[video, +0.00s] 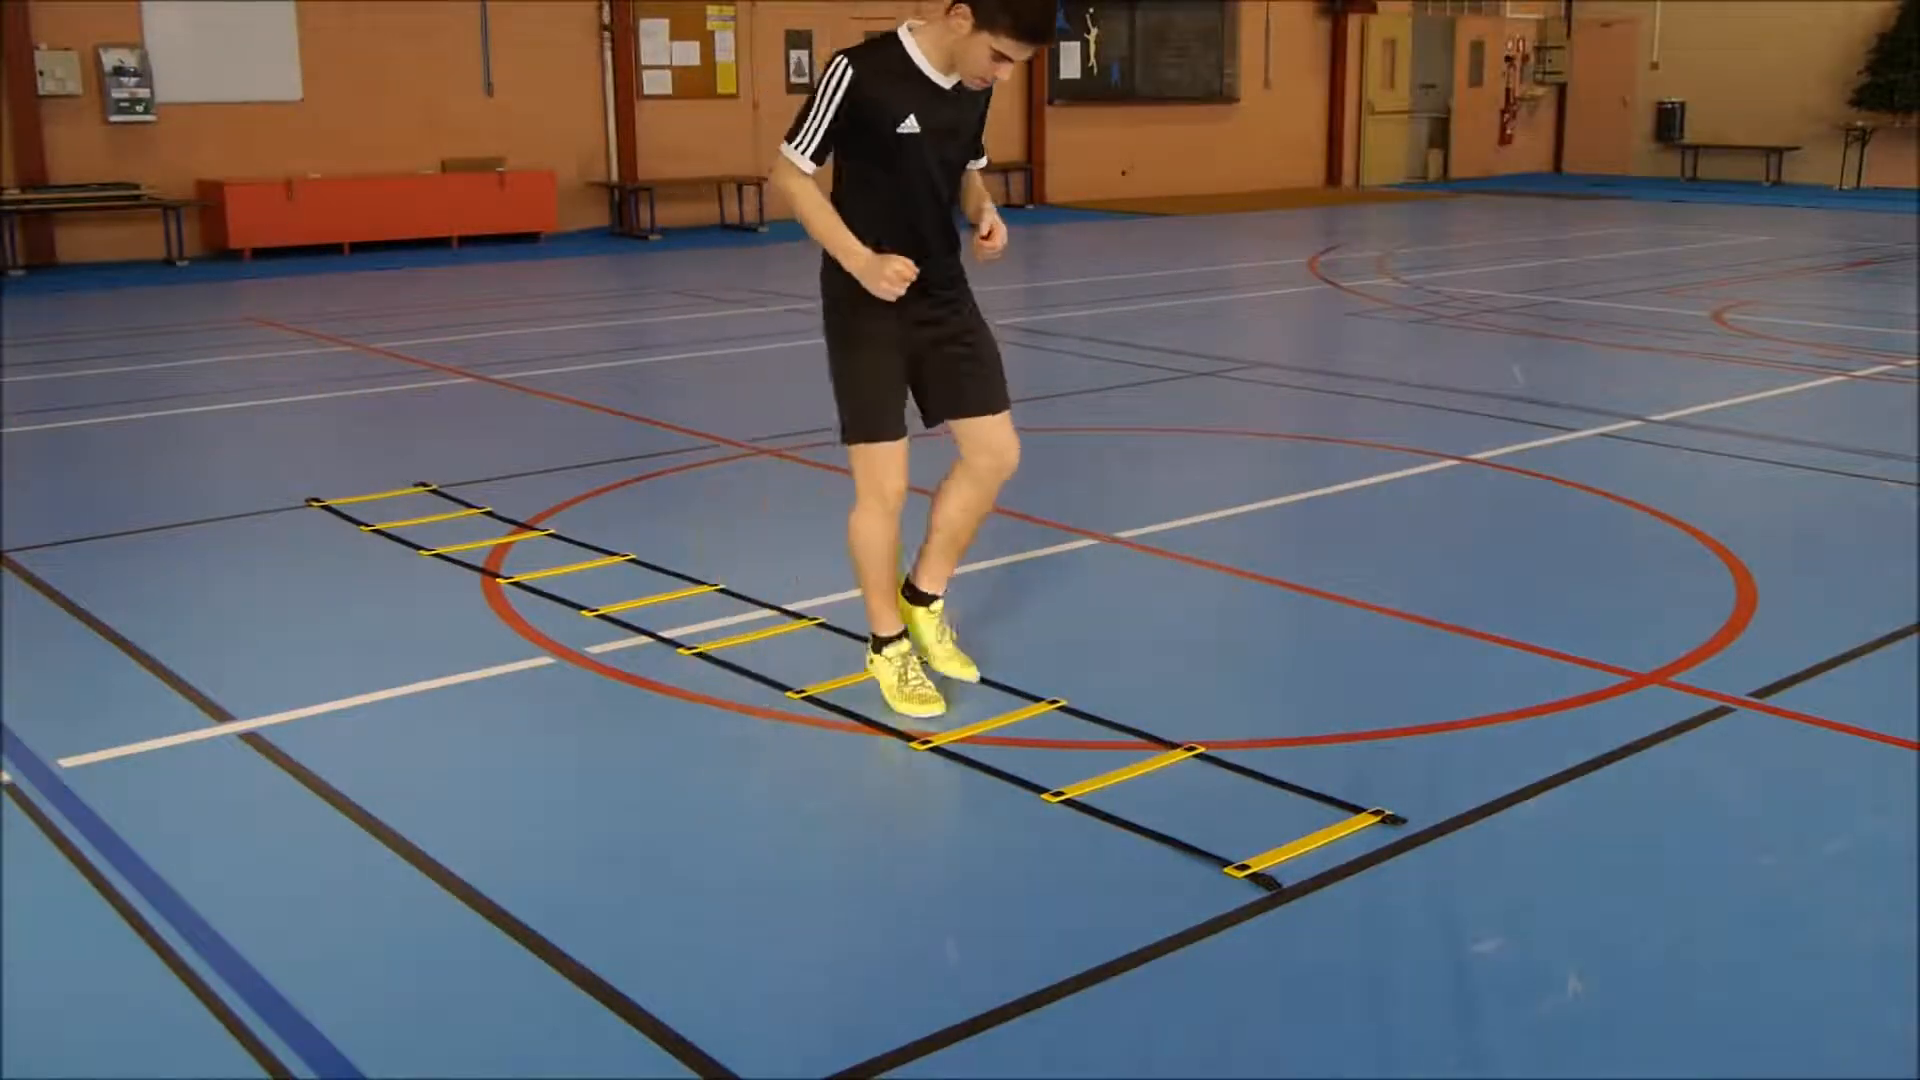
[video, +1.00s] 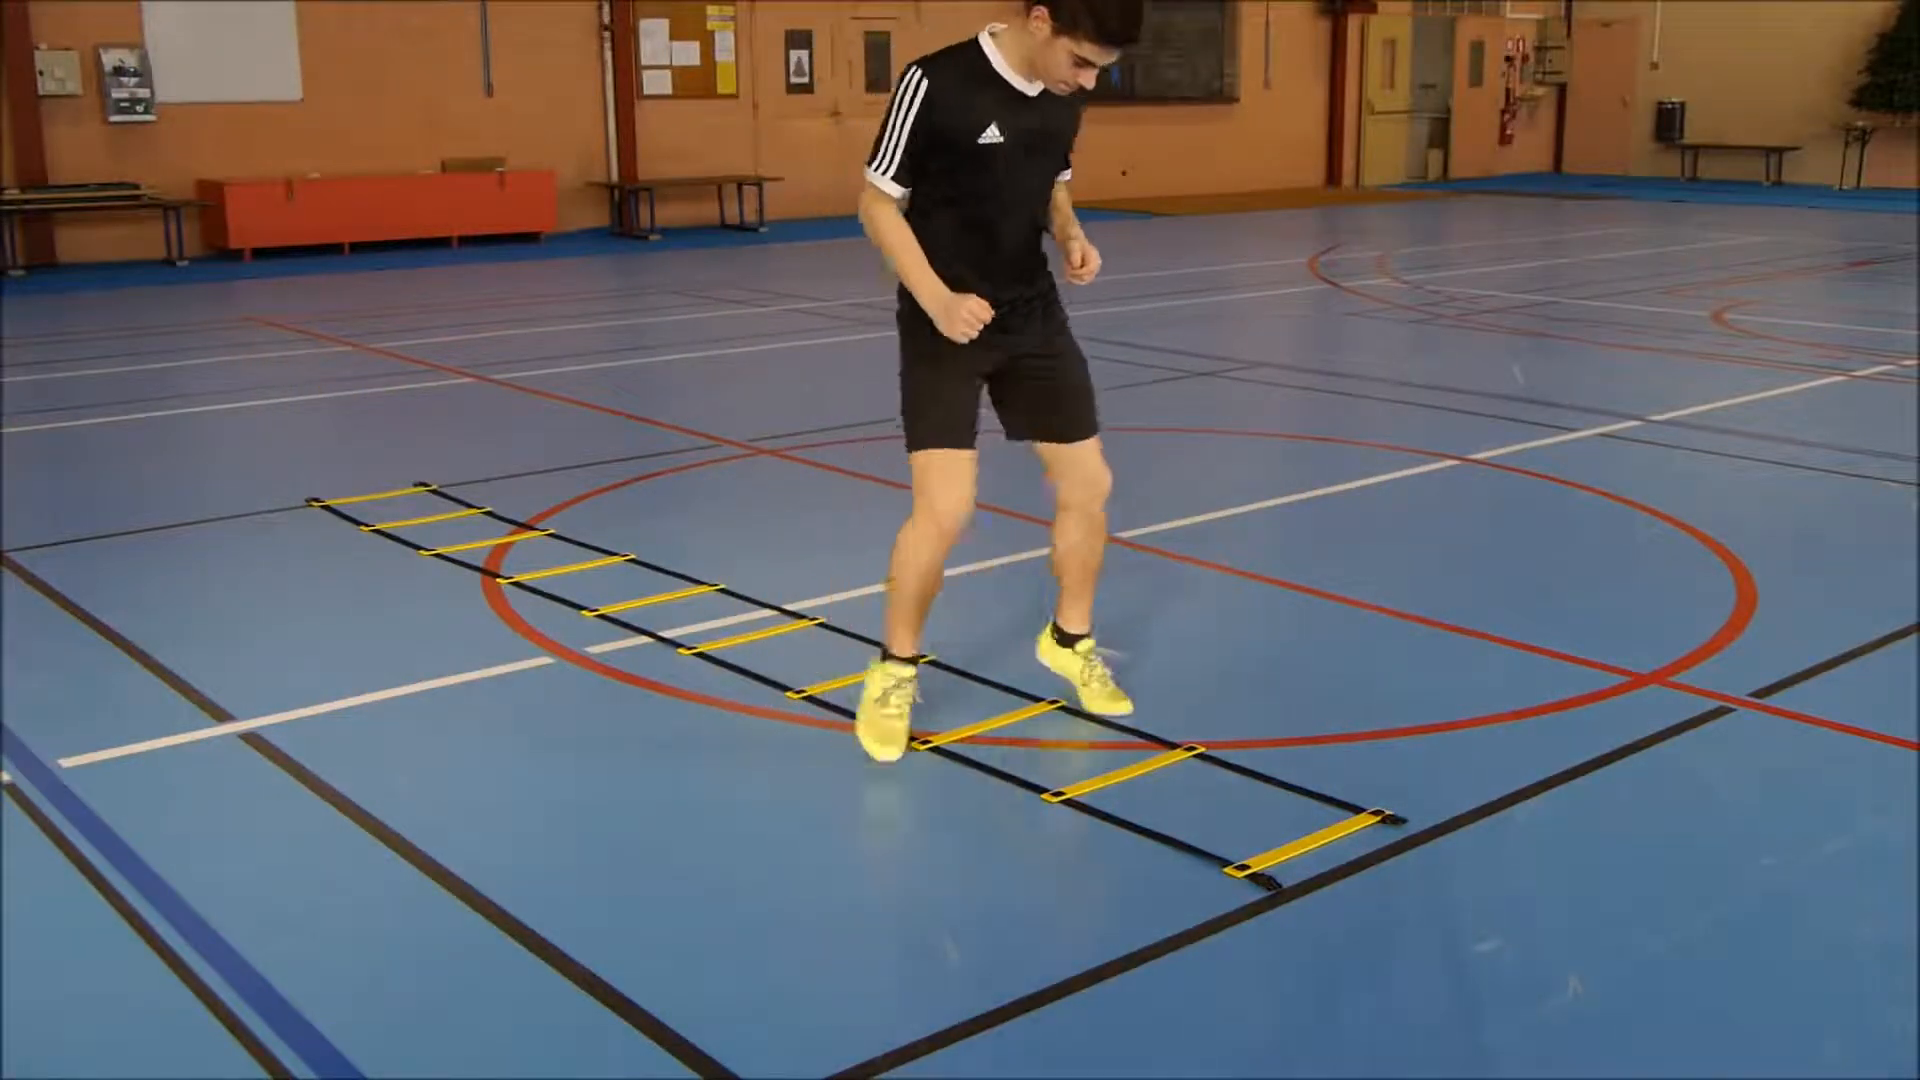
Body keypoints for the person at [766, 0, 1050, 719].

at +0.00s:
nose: (1002, 74)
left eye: (1014, 64)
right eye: (998, 56)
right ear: (957, 16)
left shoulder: (974, 83)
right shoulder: (854, 70)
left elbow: (965, 167)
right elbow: (790, 176)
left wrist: (984, 213)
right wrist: (859, 260)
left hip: (943, 294)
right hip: (865, 300)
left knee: (994, 452)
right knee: (882, 485)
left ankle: (919, 600)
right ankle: (887, 644)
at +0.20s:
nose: (1011, 66)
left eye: (1023, 54)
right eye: (1004, 47)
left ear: (1033, 42)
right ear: (964, 9)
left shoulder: (995, 77)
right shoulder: (862, 56)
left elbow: (974, 163)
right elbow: (803, 168)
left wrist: (993, 211)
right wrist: (863, 259)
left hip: (954, 290)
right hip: (873, 294)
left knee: (973, 468)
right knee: (891, 477)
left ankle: (916, 628)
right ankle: (879, 635)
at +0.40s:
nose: (1020, 70)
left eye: (1032, 58)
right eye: (1011, 51)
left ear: (1043, 43)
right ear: (967, 16)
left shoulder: (1014, 89)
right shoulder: (872, 77)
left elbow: (1011, 179)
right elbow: (816, 190)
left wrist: (1012, 229)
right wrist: (874, 284)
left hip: (970, 316)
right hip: (886, 315)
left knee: (968, 491)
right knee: (881, 490)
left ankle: (898, 635)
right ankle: (852, 671)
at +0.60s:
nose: (1034, 77)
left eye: (1045, 64)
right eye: (1026, 58)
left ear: (1053, 48)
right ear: (981, 20)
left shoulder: (1017, 94)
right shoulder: (886, 86)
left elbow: (1011, 183)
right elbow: (832, 205)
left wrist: (1022, 232)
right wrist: (901, 300)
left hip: (976, 313)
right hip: (891, 314)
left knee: (1036, 480)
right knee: (873, 503)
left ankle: (935, 609)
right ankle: (827, 692)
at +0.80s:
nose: (1066, 85)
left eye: (1078, 72)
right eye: (1059, 66)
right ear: (1013, 25)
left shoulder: (1036, 97)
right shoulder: (921, 91)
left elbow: (1021, 191)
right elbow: (856, 214)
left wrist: (1043, 239)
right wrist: (931, 312)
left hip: (999, 313)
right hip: (914, 321)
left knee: (1089, 465)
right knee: (890, 513)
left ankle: (1033, 619)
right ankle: (837, 687)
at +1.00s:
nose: (1088, 81)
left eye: (1099, 69)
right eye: (1080, 62)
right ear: (1036, 20)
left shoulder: (1065, 91)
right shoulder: (932, 83)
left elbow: (1052, 182)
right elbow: (877, 205)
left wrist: (1070, 233)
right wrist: (936, 298)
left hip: (1030, 311)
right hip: (940, 317)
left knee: (1086, 483)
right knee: (944, 508)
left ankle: (1071, 638)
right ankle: (896, 667)